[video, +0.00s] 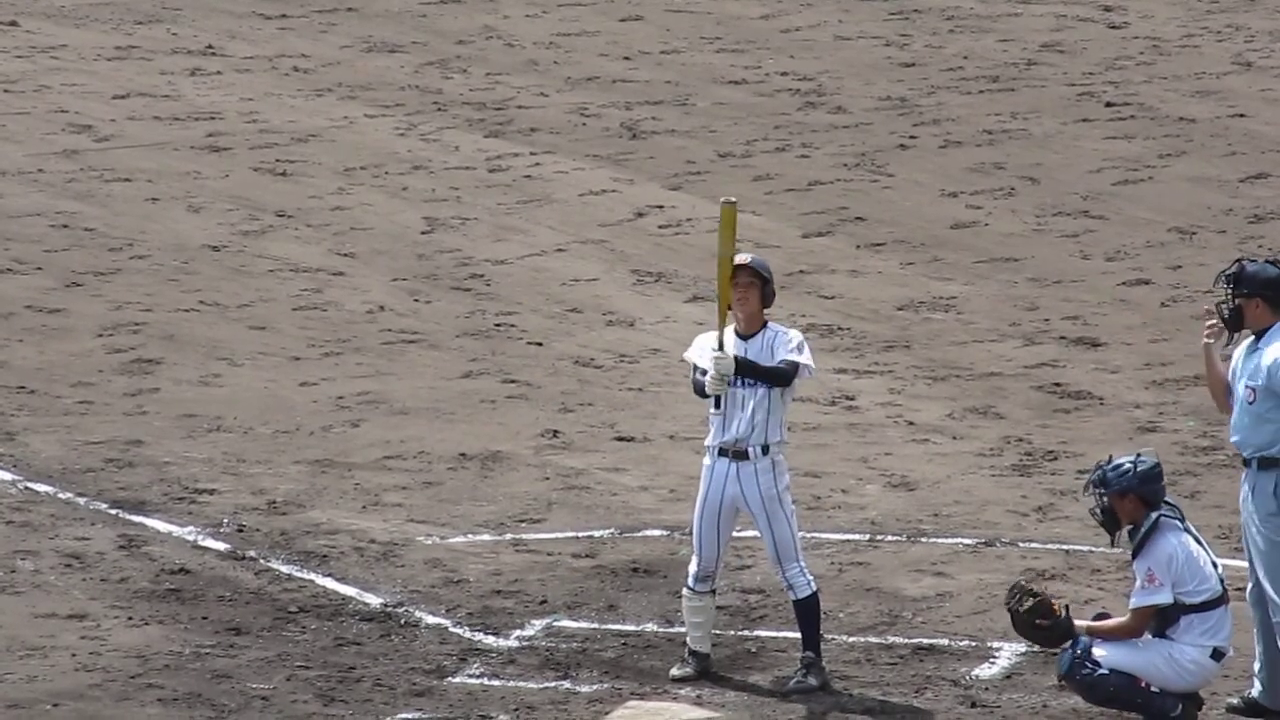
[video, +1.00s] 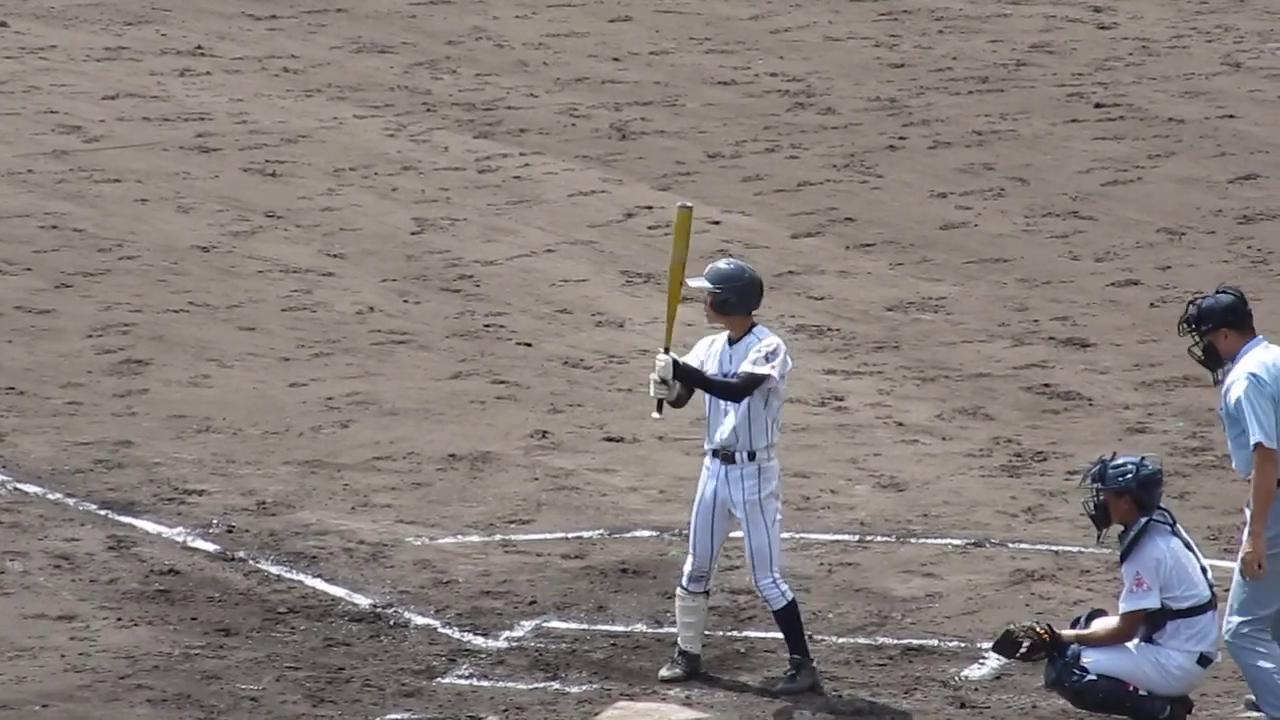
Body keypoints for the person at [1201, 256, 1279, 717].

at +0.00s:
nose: (1233, 304)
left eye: (1238, 298)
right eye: (1234, 297)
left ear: (1258, 306)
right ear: (1259, 305)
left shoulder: (1274, 351)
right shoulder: (1247, 345)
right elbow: (1228, 403)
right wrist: (1210, 350)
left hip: (1273, 478)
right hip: (1253, 475)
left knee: (1274, 593)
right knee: (1260, 593)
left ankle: (1273, 694)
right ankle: (1267, 692)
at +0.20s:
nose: (1236, 306)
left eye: (1242, 300)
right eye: (1238, 299)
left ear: (1261, 306)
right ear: (1263, 305)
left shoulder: (1274, 355)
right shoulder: (1257, 347)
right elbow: (1237, 406)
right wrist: (1223, 352)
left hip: (1269, 480)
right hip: (1253, 476)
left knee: (1270, 595)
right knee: (1261, 592)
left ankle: (1271, 692)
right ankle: (1266, 689)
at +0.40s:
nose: (1231, 310)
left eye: (1236, 303)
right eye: (1232, 302)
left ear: (1258, 309)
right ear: (1260, 309)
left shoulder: (1271, 358)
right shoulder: (1259, 349)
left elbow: (1275, 442)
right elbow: (1244, 401)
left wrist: (1245, 506)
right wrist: (1227, 360)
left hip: (1263, 484)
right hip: (1250, 476)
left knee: (1264, 592)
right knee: (1257, 589)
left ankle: (1267, 691)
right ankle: (1263, 688)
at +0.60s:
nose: (1224, 327)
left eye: (1226, 319)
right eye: (1222, 319)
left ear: (1244, 317)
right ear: (1259, 312)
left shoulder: (1266, 367)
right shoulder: (1263, 355)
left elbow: (1271, 449)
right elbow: (1262, 425)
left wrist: (1240, 513)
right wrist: (1236, 402)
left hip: (1263, 503)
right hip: (1256, 496)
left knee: (1259, 607)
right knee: (1257, 602)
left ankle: (1266, 695)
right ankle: (1261, 692)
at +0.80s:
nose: (1214, 339)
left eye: (1214, 330)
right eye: (1212, 330)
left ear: (1230, 327)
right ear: (1252, 318)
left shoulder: (1253, 373)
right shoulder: (1272, 348)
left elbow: (1265, 455)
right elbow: (1267, 423)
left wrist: (1250, 533)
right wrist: (1242, 457)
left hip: (1269, 522)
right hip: (1272, 514)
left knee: (1249, 627)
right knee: (1264, 608)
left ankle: (1276, 706)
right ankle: (1263, 688)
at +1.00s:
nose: (1203, 345)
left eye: (1205, 336)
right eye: (1202, 336)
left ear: (1222, 334)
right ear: (1244, 327)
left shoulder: (1246, 380)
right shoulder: (1270, 356)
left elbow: (1267, 461)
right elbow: (1268, 456)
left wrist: (1255, 537)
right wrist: (1253, 516)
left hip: (1271, 527)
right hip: (1274, 521)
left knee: (1243, 630)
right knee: (1264, 621)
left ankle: (1275, 706)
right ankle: (1271, 699)